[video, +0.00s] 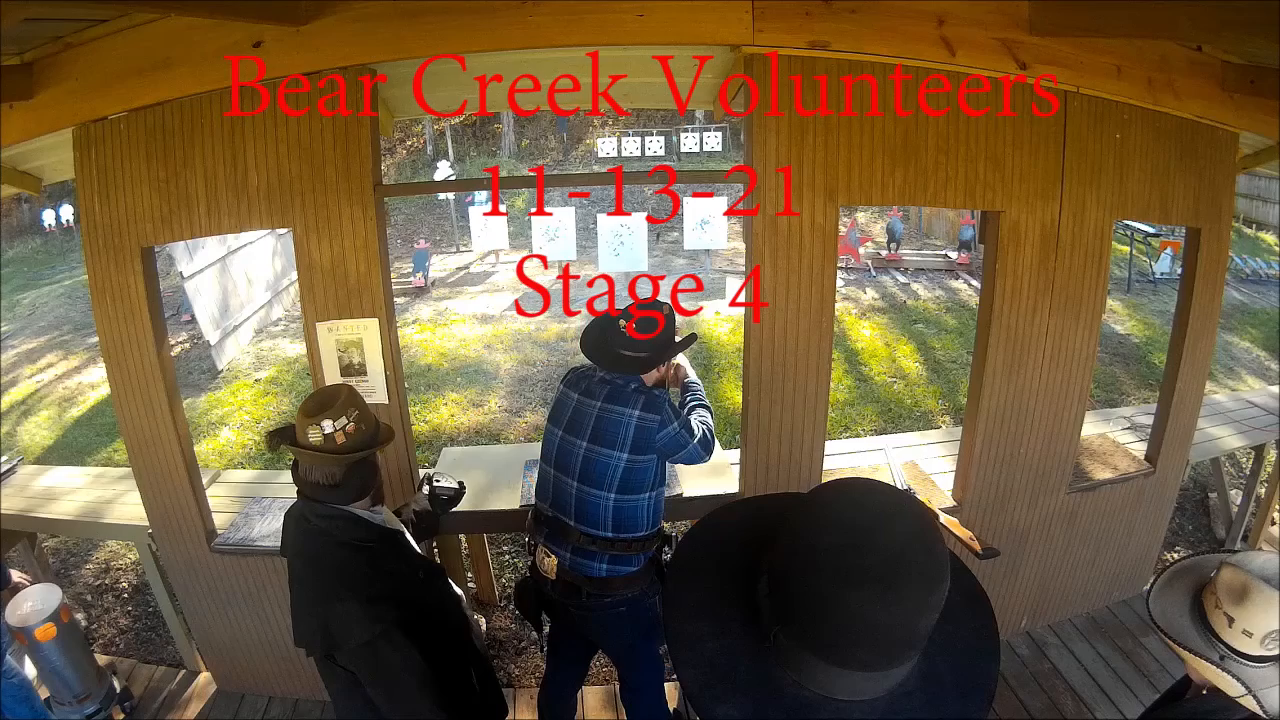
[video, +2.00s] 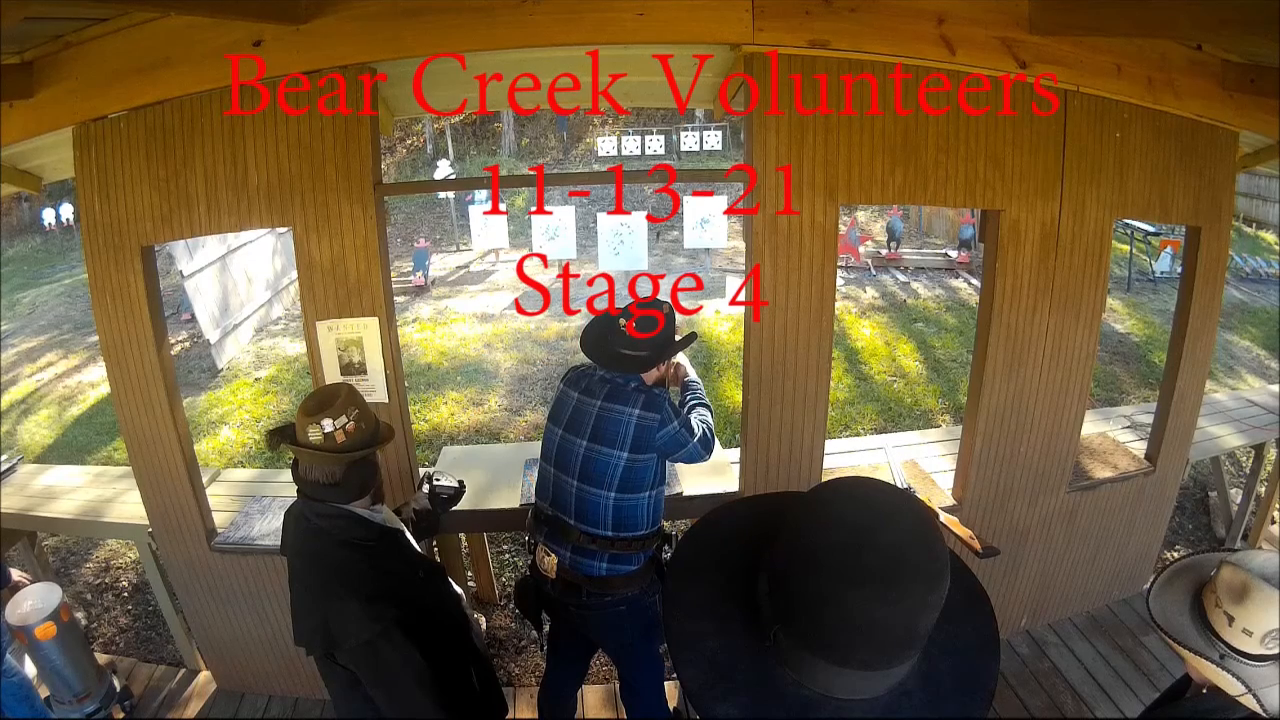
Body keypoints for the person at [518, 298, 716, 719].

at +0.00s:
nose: (669, 361)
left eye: (668, 354)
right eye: (666, 354)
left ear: (607, 350)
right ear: (651, 364)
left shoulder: (571, 384)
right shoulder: (653, 412)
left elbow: (615, 392)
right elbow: (701, 445)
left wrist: (652, 379)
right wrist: (690, 380)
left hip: (558, 579)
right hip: (620, 590)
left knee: (558, 686)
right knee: (645, 691)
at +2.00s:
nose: (668, 360)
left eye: (668, 353)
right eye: (666, 353)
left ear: (607, 349)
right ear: (652, 363)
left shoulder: (572, 383)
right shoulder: (653, 411)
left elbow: (615, 394)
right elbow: (701, 445)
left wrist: (651, 379)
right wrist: (691, 380)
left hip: (556, 576)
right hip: (618, 590)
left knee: (558, 682)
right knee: (644, 687)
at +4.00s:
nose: (667, 360)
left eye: (667, 353)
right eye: (665, 353)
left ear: (608, 347)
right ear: (652, 363)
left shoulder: (572, 381)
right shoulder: (652, 410)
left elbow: (616, 392)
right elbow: (701, 442)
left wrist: (651, 377)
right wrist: (690, 379)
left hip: (555, 576)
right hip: (618, 588)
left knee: (559, 678)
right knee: (645, 687)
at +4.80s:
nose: (670, 355)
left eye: (669, 348)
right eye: (667, 349)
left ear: (611, 344)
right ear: (655, 359)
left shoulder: (572, 379)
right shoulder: (649, 407)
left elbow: (617, 390)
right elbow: (700, 442)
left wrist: (652, 378)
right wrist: (691, 378)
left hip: (554, 574)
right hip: (616, 587)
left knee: (559, 679)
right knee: (645, 694)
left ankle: (553, 716)